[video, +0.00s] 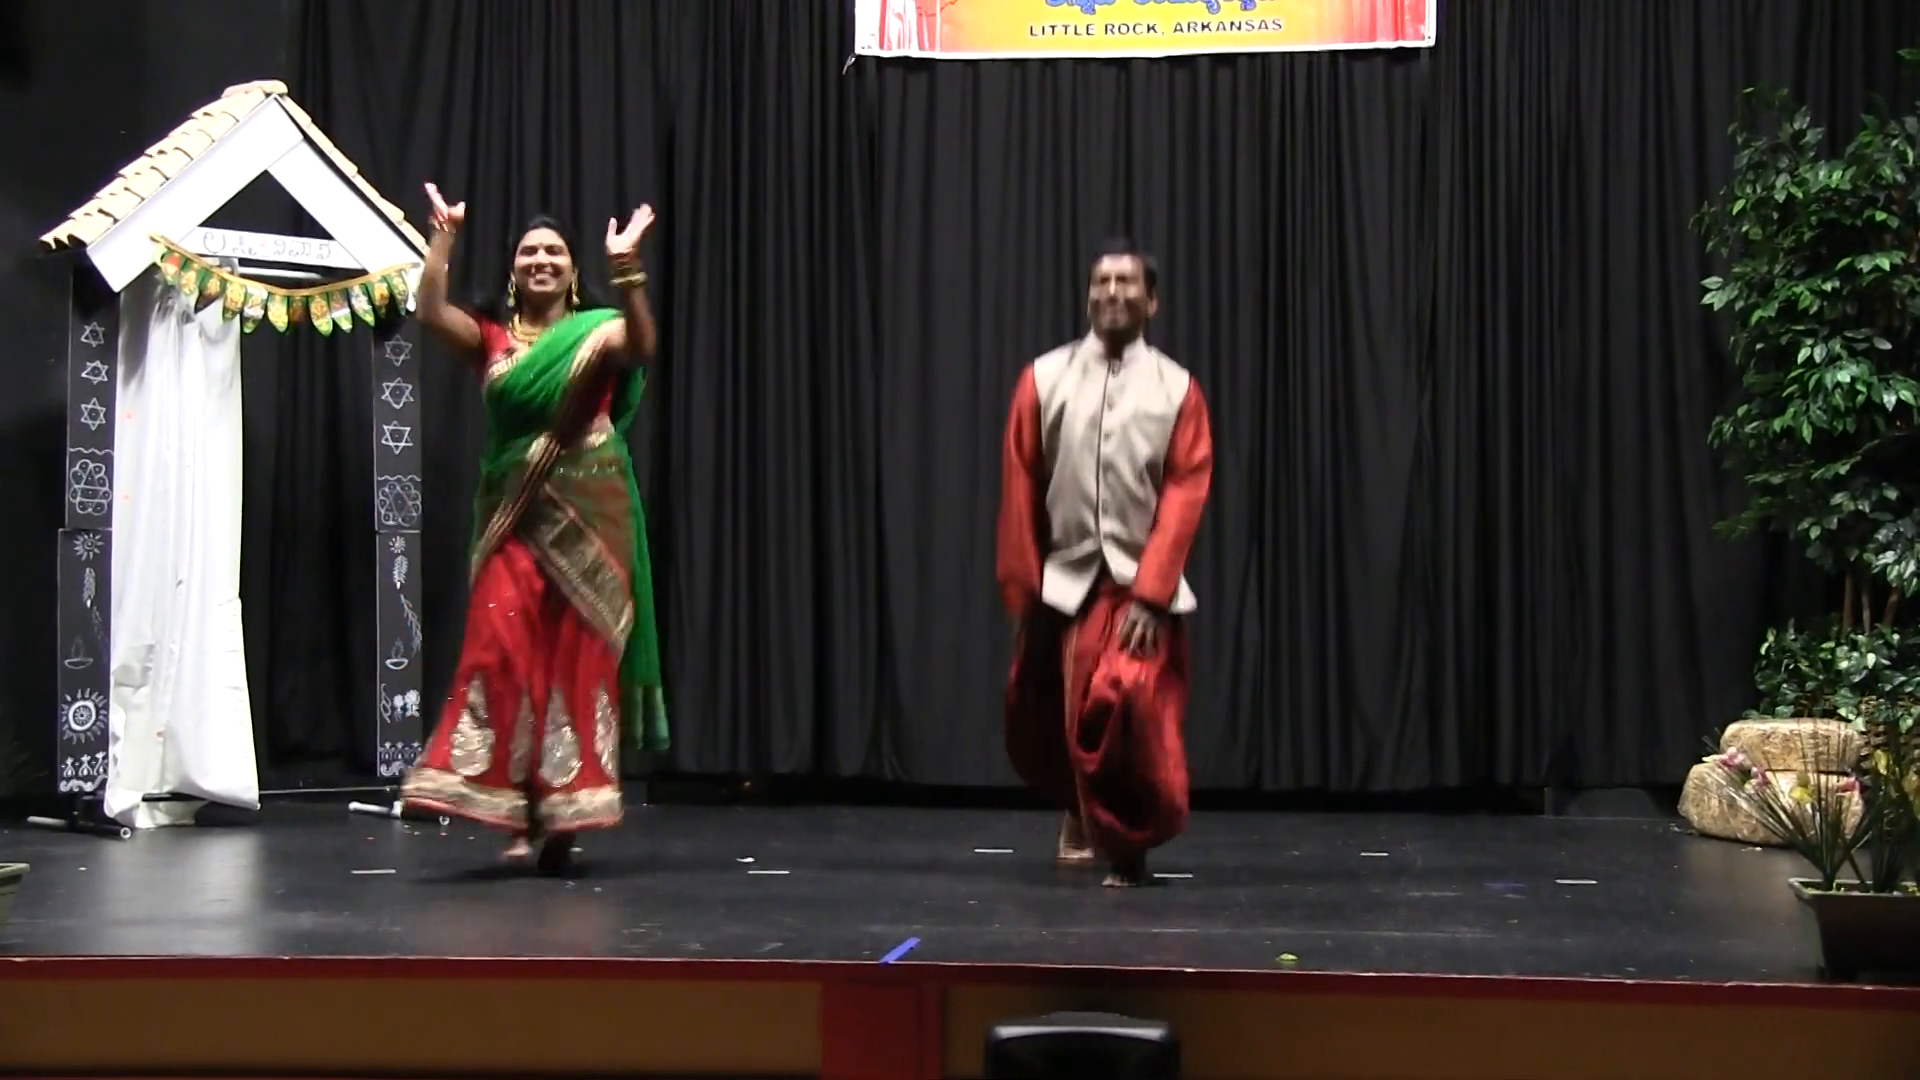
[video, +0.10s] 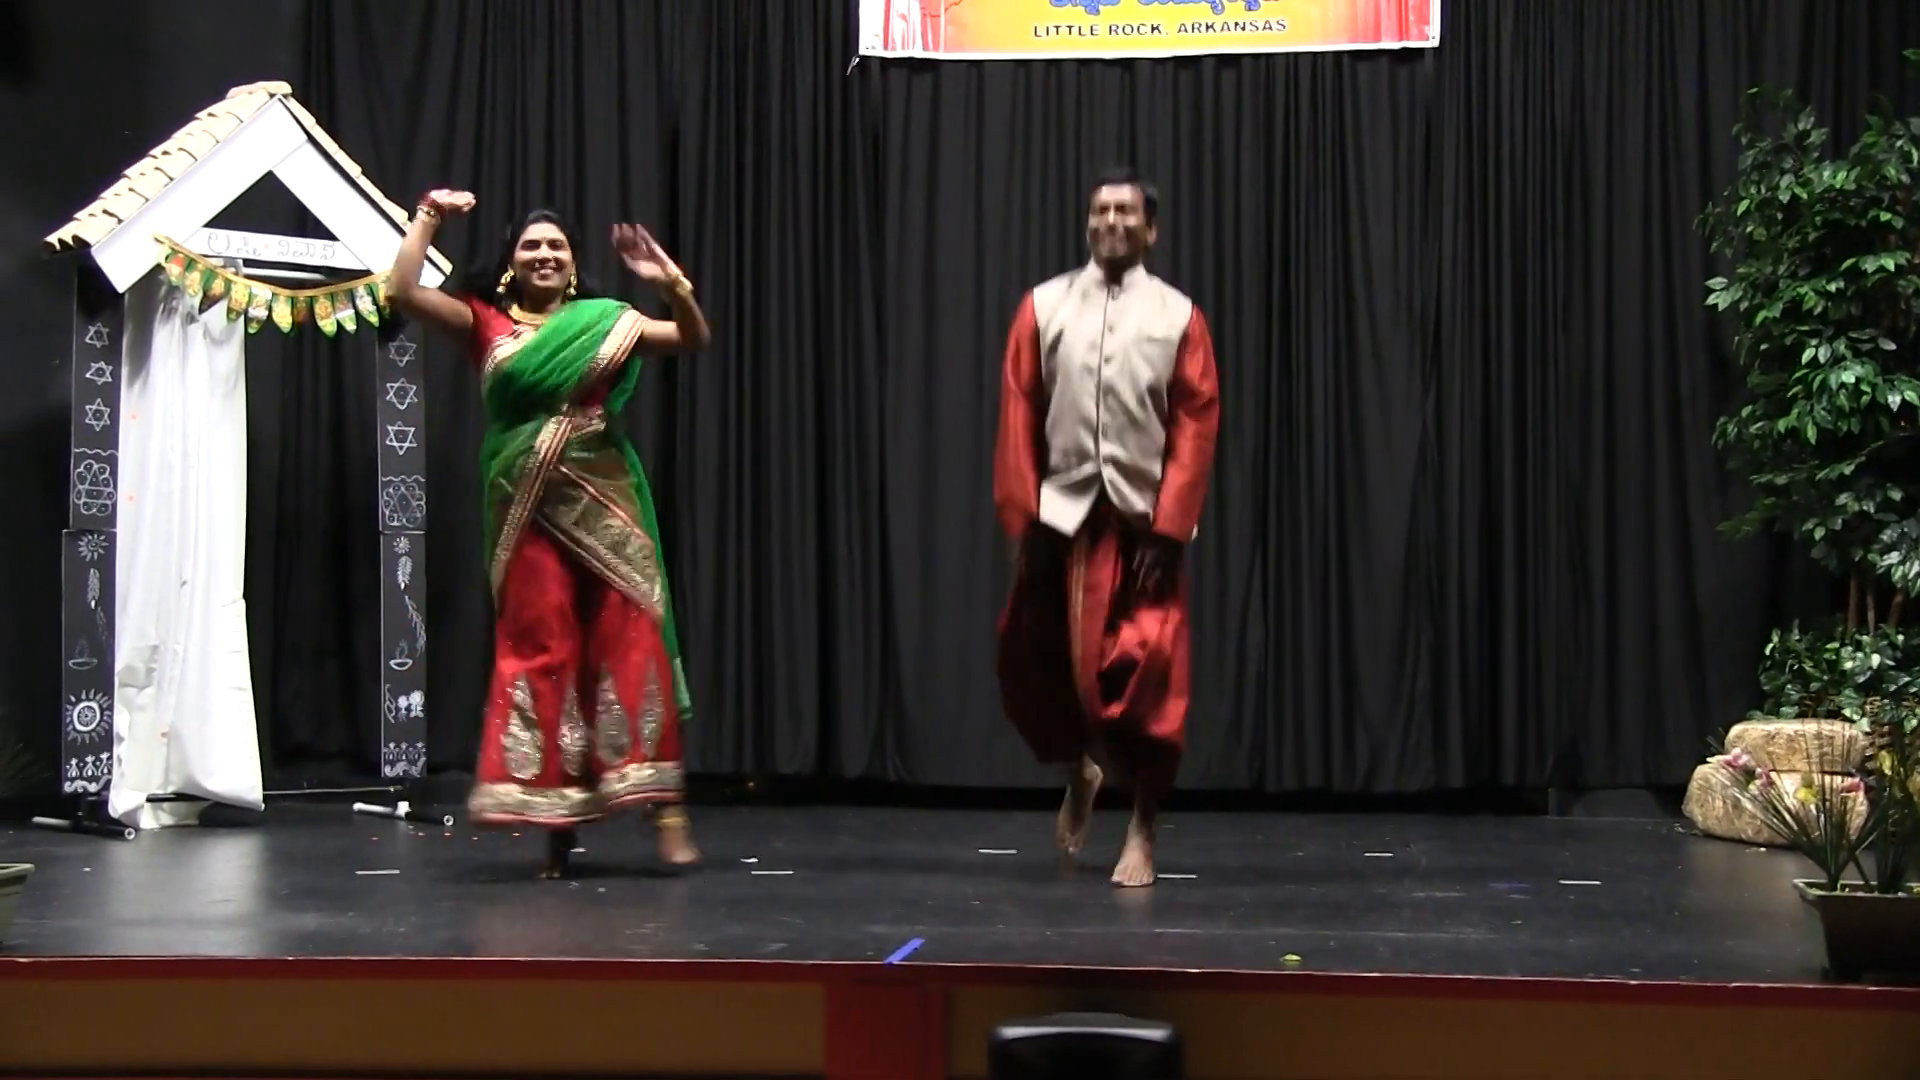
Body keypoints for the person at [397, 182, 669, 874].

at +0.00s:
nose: (540, 261)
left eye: (553, 254)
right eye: (528, 254)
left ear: (572, 274)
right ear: (512, 275)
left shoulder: (595, 330)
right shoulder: (493, 338)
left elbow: (640, 344)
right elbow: (432, 310)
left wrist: (627, 272)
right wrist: (444, 236)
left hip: (590, 509)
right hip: (515, 508)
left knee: (578, 655)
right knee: (500, 642)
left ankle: (563, 819)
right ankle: (522, 816)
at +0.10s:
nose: (544, 253)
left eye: (555, 245)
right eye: (531, 246)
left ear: (574, 264)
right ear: (513, 265)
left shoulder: (606, 320)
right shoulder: (489, 322)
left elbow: (694, 337)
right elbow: (402, 290)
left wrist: (674, 284)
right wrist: (429, 215)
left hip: (608, 493)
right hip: (529, 499)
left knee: (636, 637)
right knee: (544, 647)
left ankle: (667, 807)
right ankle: (557, 814)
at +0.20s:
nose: (551, 272)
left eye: (560, 264)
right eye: (538, 264)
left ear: (574, 279)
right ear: (512, 280)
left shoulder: (603, 333)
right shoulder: (486, 343)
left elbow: (699, 337)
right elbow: (393, 318)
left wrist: (693, 349)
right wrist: (436, 248)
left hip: (612, 518)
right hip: (530, 528)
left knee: (675, 642)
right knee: (545, 673)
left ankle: (759, 806)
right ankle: (563, 837)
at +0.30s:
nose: (561, 292)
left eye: (567, 283)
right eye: (545, 283)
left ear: (577, 296)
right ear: (514, 299)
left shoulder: (605, 348)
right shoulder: (491, 367)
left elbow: (698, 363)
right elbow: (392, 364)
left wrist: (706, 428)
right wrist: (444, 302)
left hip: (620, 533)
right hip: (539, 545)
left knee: (688, 668)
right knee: (545, 684)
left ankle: (779, 805)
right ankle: (581, 839)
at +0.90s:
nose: (595, 319)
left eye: (596, 310)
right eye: (579, 310)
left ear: (603, 321)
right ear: (544, 330)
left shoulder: (631, 381)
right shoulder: (517, 403)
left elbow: (715, 437)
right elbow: (430, 434)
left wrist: (692, 518)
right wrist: (466, 366)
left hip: (639, 557)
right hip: (559, 563)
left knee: (685, 689)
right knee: (555, 692)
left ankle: (794, 820)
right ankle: (567, 848)